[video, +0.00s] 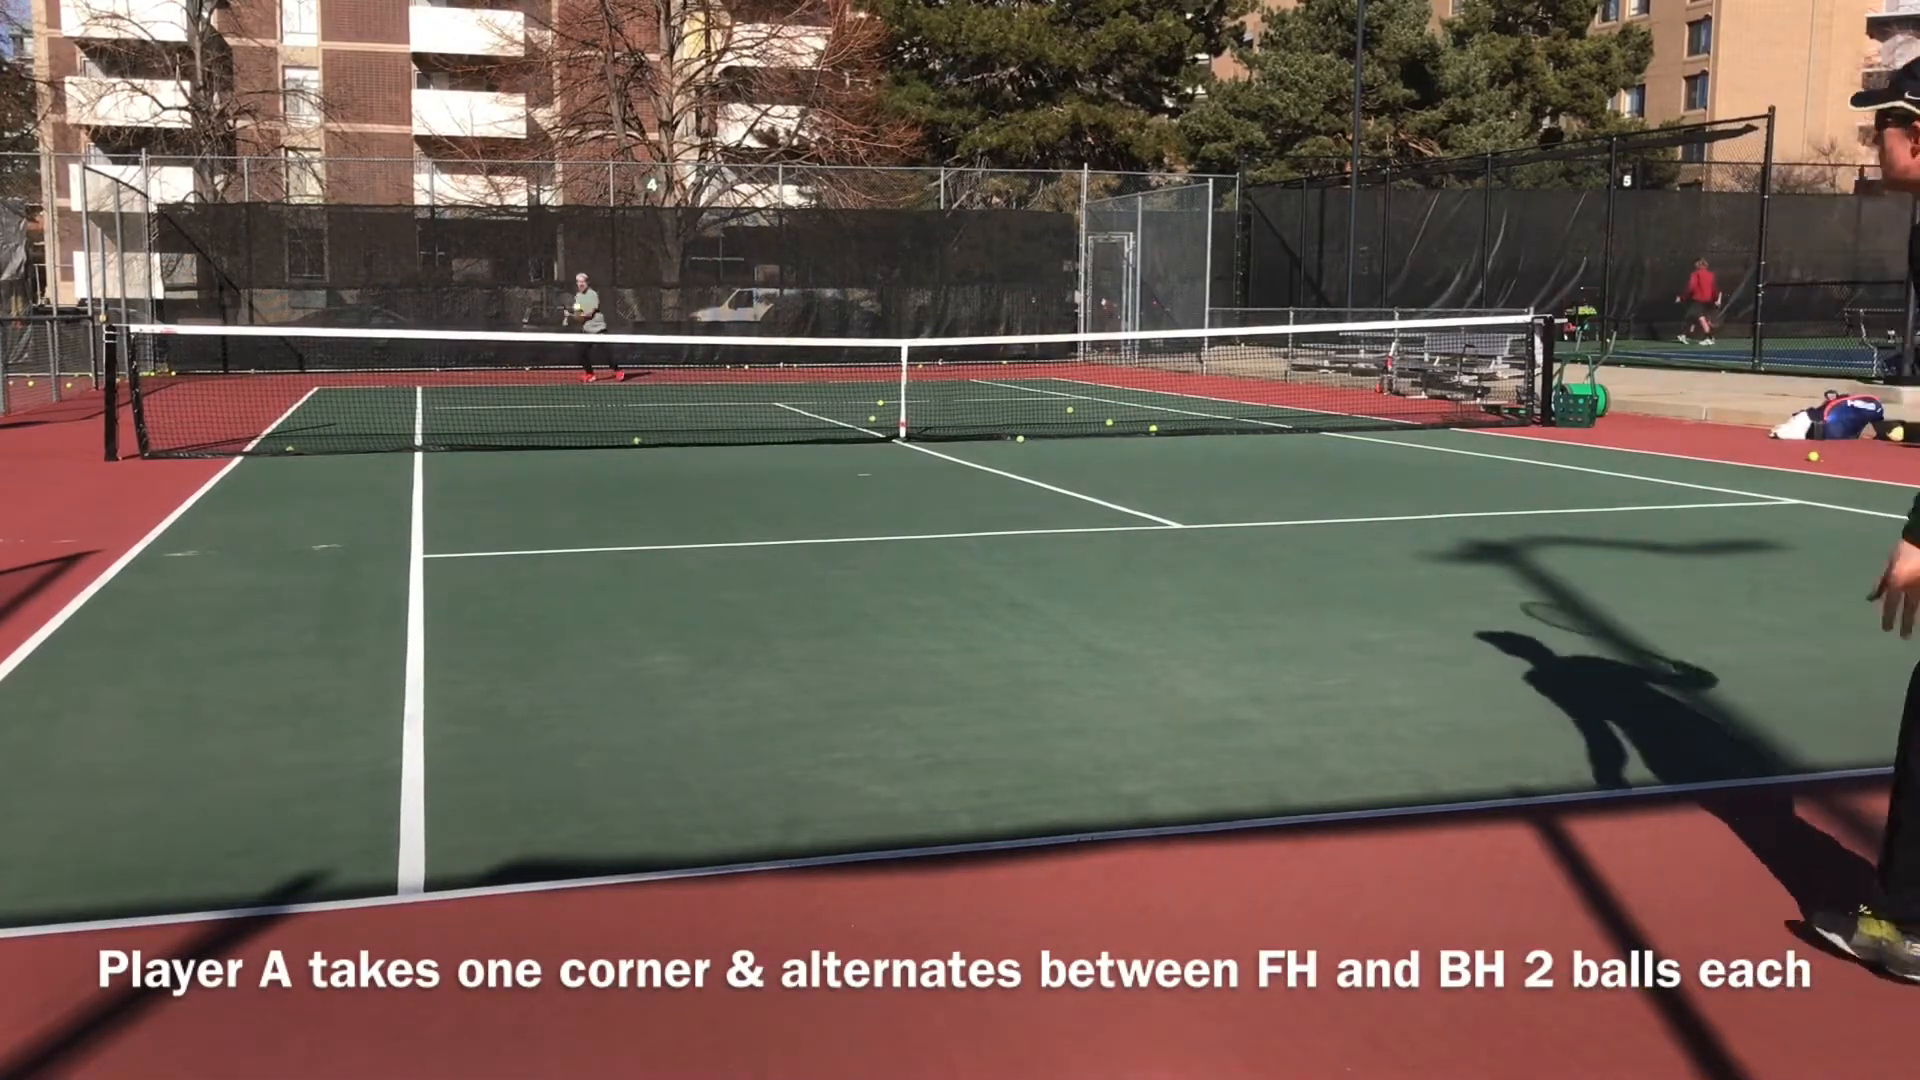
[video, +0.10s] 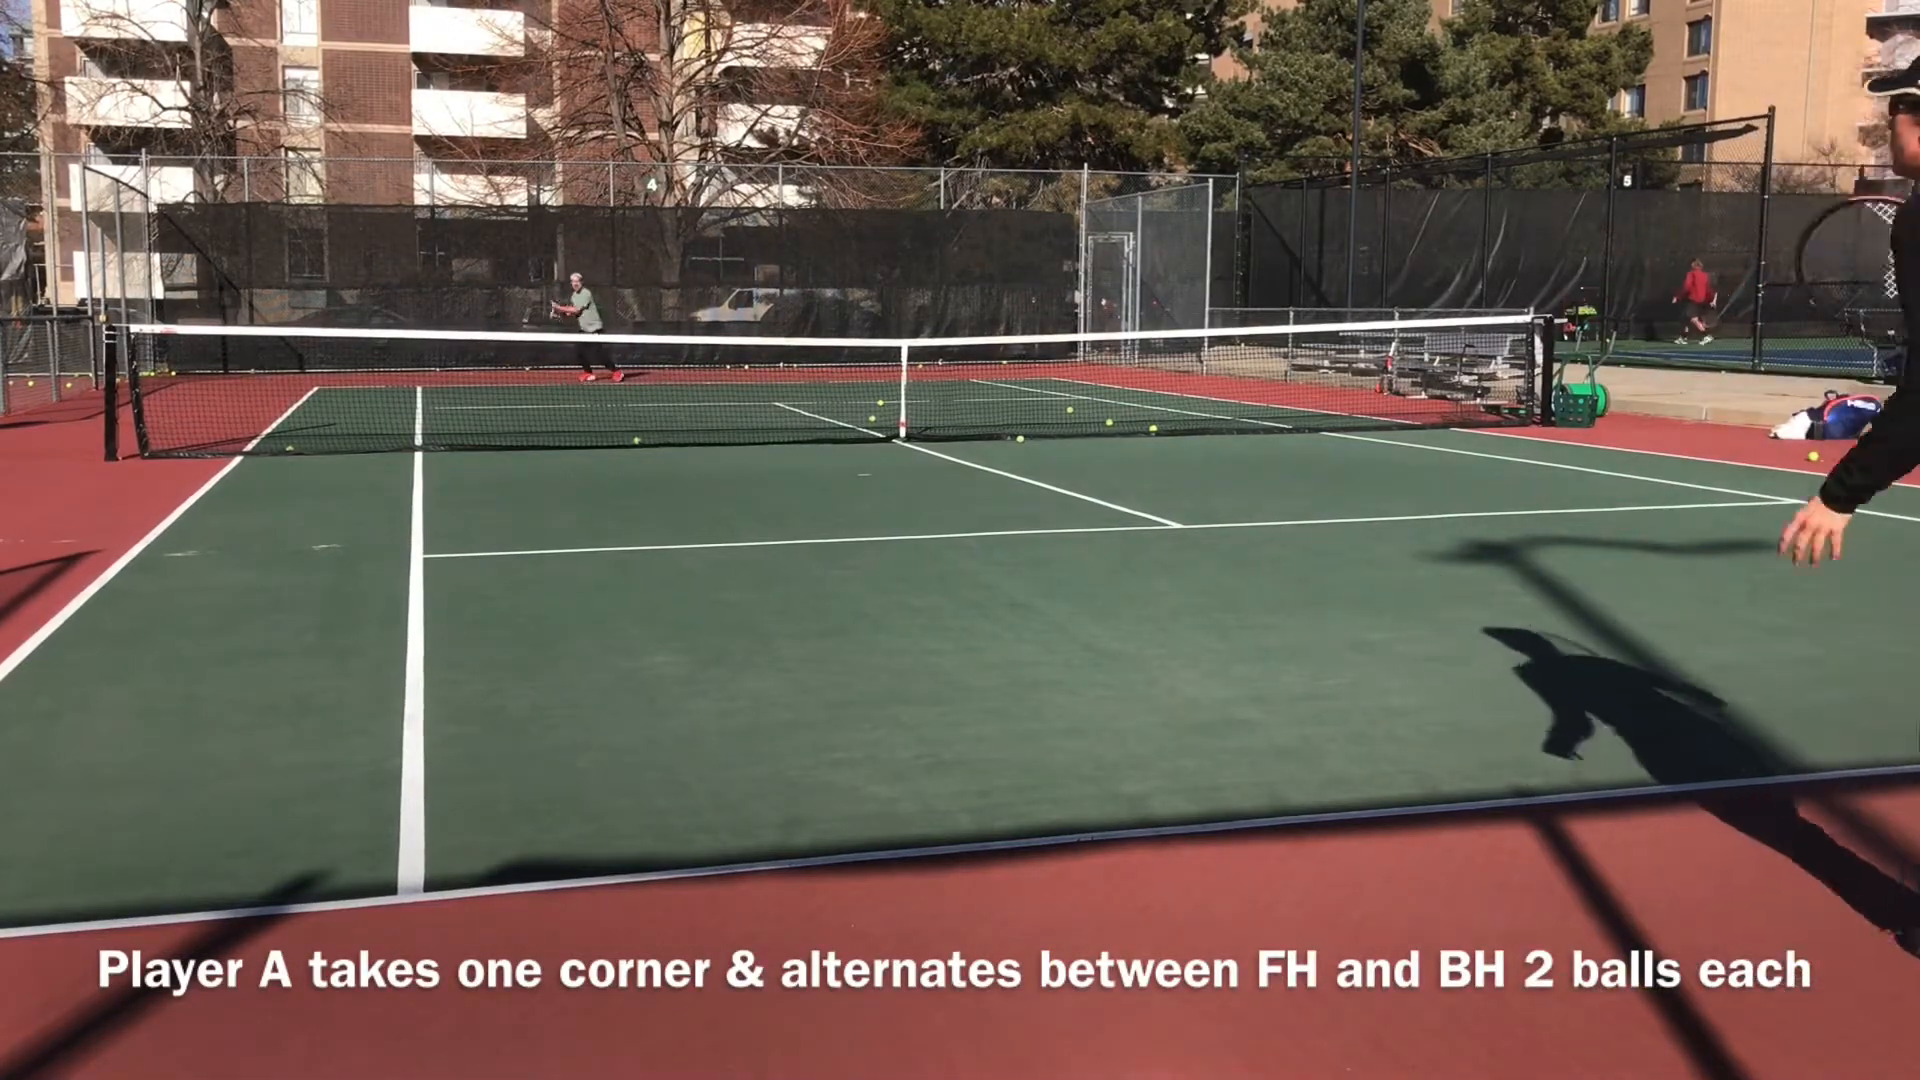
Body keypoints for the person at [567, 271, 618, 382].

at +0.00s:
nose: (580, 284)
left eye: (582, 281)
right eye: (578, 281)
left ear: (587, 282)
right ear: (576, 283)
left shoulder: (592, 294)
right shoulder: (578, 296)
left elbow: (591, 312)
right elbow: (577, 311)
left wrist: (579, 316)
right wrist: (570, 315)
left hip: (599, 326)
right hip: (587, 327)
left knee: (606, 349)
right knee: (582, 351)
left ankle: (617, 370)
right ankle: (589, 373)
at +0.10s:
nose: (575, 283)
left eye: (577, 281)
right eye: (573, 281)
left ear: (581, 282)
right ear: (571, 283)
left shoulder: (586, 293)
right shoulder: (573, 296)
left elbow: (577, 310)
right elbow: (574, 311)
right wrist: (561, 313)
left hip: (595, 328)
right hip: (584, 329)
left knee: (598, 352)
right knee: (580, 351)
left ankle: (615, 371)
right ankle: (588, 372)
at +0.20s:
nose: (569, 286)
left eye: (571, 283)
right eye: (567, 284)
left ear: (575, 284)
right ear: (565, 285)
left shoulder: (580, 295)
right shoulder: (570, 297)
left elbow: (566, 309)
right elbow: (565, 311)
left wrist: (547, 307)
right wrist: (552, 311)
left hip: (591, 330)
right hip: (581, 331)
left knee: (594, 352)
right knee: (578, 352)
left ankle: (611, 368)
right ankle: (586, 372)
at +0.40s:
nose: (554, 289)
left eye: (556, 286)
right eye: (553, 287)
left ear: (562, 286)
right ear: (552, 288)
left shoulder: (565, 296)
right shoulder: (563, 298)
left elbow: (555, 311)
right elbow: (556, 314)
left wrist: (538, 317)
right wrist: (540, 316)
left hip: (577, 330)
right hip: (573, 330)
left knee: (565, 350)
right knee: (571, 354)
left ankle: (562, 374)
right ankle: (585, 373)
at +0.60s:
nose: (540, 290)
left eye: (542, 287)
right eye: (539, 288)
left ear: (548, 287)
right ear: (545, 288)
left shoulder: (552, 297)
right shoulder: (552, 297)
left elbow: (547, 313)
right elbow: (549, 316)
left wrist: (535, 321)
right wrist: (544, 329)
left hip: (560, 331)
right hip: (561, 331)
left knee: (546, 352)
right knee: (560, 355)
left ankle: (547, 375)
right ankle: (581, 371)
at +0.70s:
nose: (535, 288)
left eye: (536, 285)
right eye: (534, 286)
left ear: (542, 284)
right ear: (537, 286)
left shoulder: (550, 294)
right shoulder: (543, 297)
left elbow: (556, 298)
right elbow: (541, 315)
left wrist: (554, 307)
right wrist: (537, 327)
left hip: (552, 328)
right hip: (546, 328)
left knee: (546, 351)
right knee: (553, 353)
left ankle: (548, 374)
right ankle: (574, 366)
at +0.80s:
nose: (533, 285)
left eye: (534, 282)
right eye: (531, 283)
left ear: (540, 280)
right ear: (532, 283)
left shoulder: (551, 289)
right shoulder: (536, 292)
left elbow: (562, 299)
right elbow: (535, 306)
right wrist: (528, 318)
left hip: (553, 324)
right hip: (542, 325)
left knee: (545, 350)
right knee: (546, 350)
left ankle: (547, 373)